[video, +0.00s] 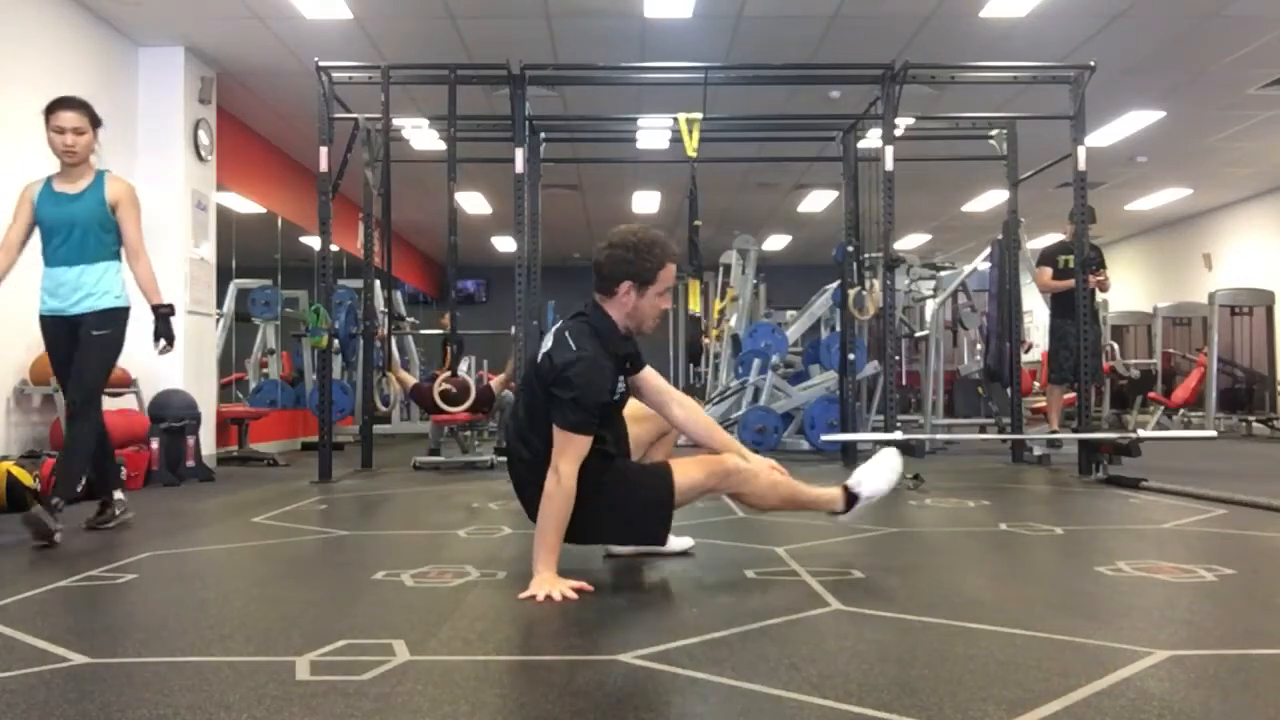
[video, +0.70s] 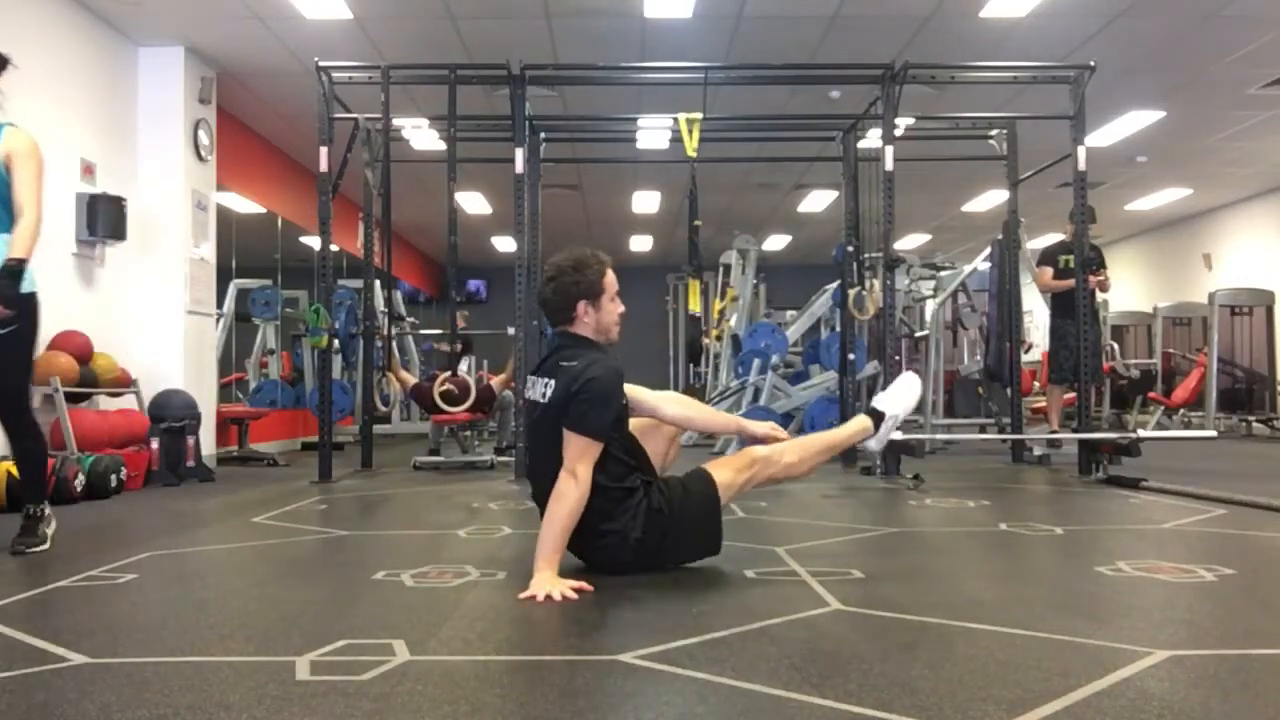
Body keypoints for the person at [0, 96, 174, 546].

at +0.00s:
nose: (69, 140)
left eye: (78, 131)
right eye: (59, 131)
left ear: (94, 136)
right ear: (48, 136)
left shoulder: (117, 189)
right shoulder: (34, 194)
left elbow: (137, 255)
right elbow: (7, 255)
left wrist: (160, 308)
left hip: (105, 308)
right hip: (55, 311)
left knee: (82, 402)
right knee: (80, 405)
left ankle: (54, 505)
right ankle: (111, 496)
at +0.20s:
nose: (40, 122)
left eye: (50, 113)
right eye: (30, 114)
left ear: (69, 117)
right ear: (20, 118)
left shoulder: (91, 175)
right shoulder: (11, 179)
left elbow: (108, 246)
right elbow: (1, 238)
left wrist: (128, 302)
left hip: (79, 300)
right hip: (24, 303)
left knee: (71, 408)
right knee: (20, 410)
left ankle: (48, 512)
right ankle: (76, 473)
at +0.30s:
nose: (20, 114)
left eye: (30, 104)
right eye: (11, 106)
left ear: (55, 107)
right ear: (4, 110)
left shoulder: (78, 164)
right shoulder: (8, 167)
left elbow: (95, 233)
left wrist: (104, 292)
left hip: (66, 298)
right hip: (11, 300)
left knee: (61, 405)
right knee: (1, 401)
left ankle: (47, 510)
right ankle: (38, 478)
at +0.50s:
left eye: (2, 92)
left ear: (26, 95)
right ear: (0, 97)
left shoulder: (54, 152)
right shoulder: (2, 151)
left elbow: (72, 223)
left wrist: (50, 282)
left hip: (44, 293)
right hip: (0, 295)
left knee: (45, 402)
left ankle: (43, 513)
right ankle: (40, 510)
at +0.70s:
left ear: (2, 82)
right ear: (2, 83)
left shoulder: (16, 141)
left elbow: (29, 220)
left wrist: (9, 277)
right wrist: (11, 278)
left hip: (10, 293)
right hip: (5, 290)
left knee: (13, 407)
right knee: (12, 408)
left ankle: (36, 508)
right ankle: (35, 506)